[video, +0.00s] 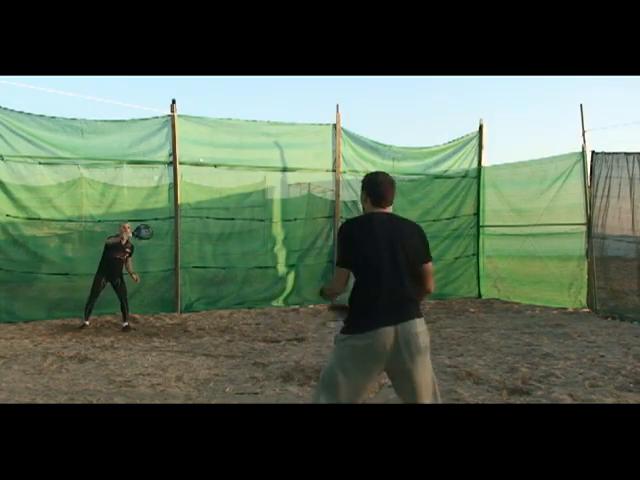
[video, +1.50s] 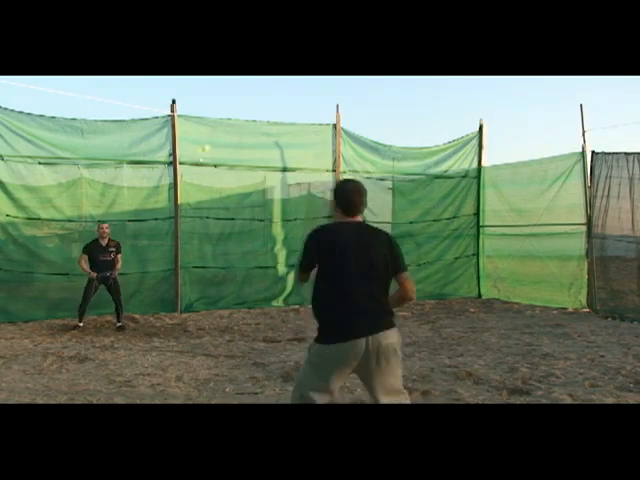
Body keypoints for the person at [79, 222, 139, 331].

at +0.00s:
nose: (126, 231)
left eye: (128, 229)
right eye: (124, 228)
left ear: (130, 231)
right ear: (120, 230)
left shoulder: (129, 246)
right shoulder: (111, 240)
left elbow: (127, 262)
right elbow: (109, 242)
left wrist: (132, 274)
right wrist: (122, 239)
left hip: (117, 274)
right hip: (103, 272)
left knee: (123, 298)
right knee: (93, 296)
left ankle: (125, 322)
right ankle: (86, 320)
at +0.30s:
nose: (120, 229)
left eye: (122, 227)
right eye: (118, 227)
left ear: (125, 229)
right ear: (114, 228)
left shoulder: (127, 245)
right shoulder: (105, 242)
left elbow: (128, 259)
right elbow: (96, 257)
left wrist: (131, 268)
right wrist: (108, 263)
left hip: (117, 276)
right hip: (103, 275)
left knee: (124, 298)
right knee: (91, 297)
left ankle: (126, 323)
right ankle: (83, 321)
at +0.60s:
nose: (102, 230)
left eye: (105, 228)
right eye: (100, 228)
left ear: (107, 230)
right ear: (96, 229)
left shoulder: (111, 245)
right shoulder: (87, 244)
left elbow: (114, 259)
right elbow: (80, 260)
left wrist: (114, 266)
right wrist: (89, 268)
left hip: (105, 274)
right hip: (90, 274)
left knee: (116, 298)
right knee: (81, 298)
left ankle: (123, 322)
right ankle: (78, 323)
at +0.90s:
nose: (98, 230)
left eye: (100, 228)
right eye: (96, 227)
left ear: (103, 229)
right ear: (92, 229)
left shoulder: (108, 244)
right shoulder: (84, 243)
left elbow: (111, 257)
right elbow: (75, 259)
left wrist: (113, 265)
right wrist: (82, 255)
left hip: (103, 276)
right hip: (88, 276)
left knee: (114, 298)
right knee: (80, 298)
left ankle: (119, 322)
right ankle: (78, 322)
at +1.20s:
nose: (99, 237)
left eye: (101, 235)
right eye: (96, 235)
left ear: (103, 237)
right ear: (93, 237)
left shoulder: (110, 250)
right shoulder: (89, 253)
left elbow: (115, 265)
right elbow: (87, 272)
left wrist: (115, 275)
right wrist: (94, 274)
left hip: (106, 281)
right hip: (92, 281)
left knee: (119, 300)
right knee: (82, 301)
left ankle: (119, 322)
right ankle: (78, 323)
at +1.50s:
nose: (104, 231)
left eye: (106, 228)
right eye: (102, 228)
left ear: (109, 230)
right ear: (98, 231)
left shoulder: (115, 244)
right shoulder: (90, 246)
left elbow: (118, 260)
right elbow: (81, 261)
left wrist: (116, 270)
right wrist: (89, 272)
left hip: (110, 275)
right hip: (96, 275)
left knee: (117, 299)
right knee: (86, 299)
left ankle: (119, 322)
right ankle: (80, 322)